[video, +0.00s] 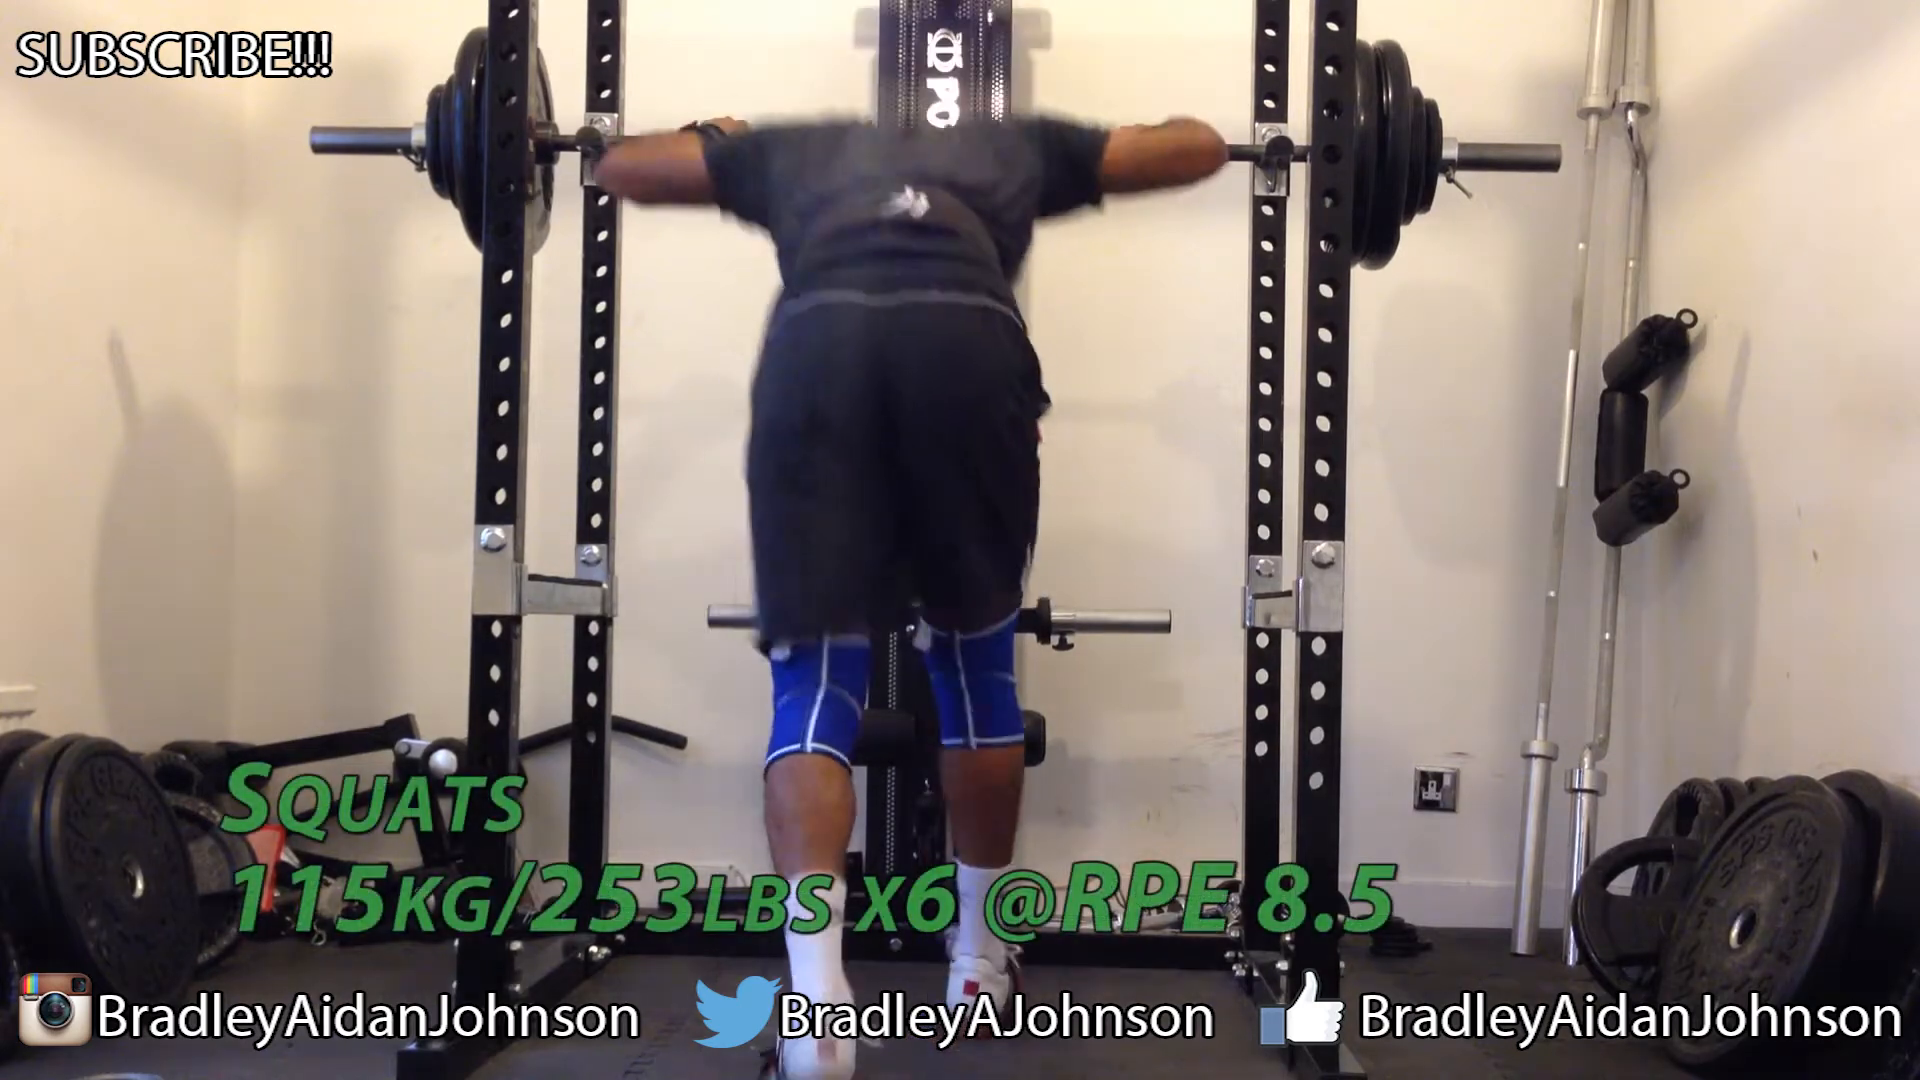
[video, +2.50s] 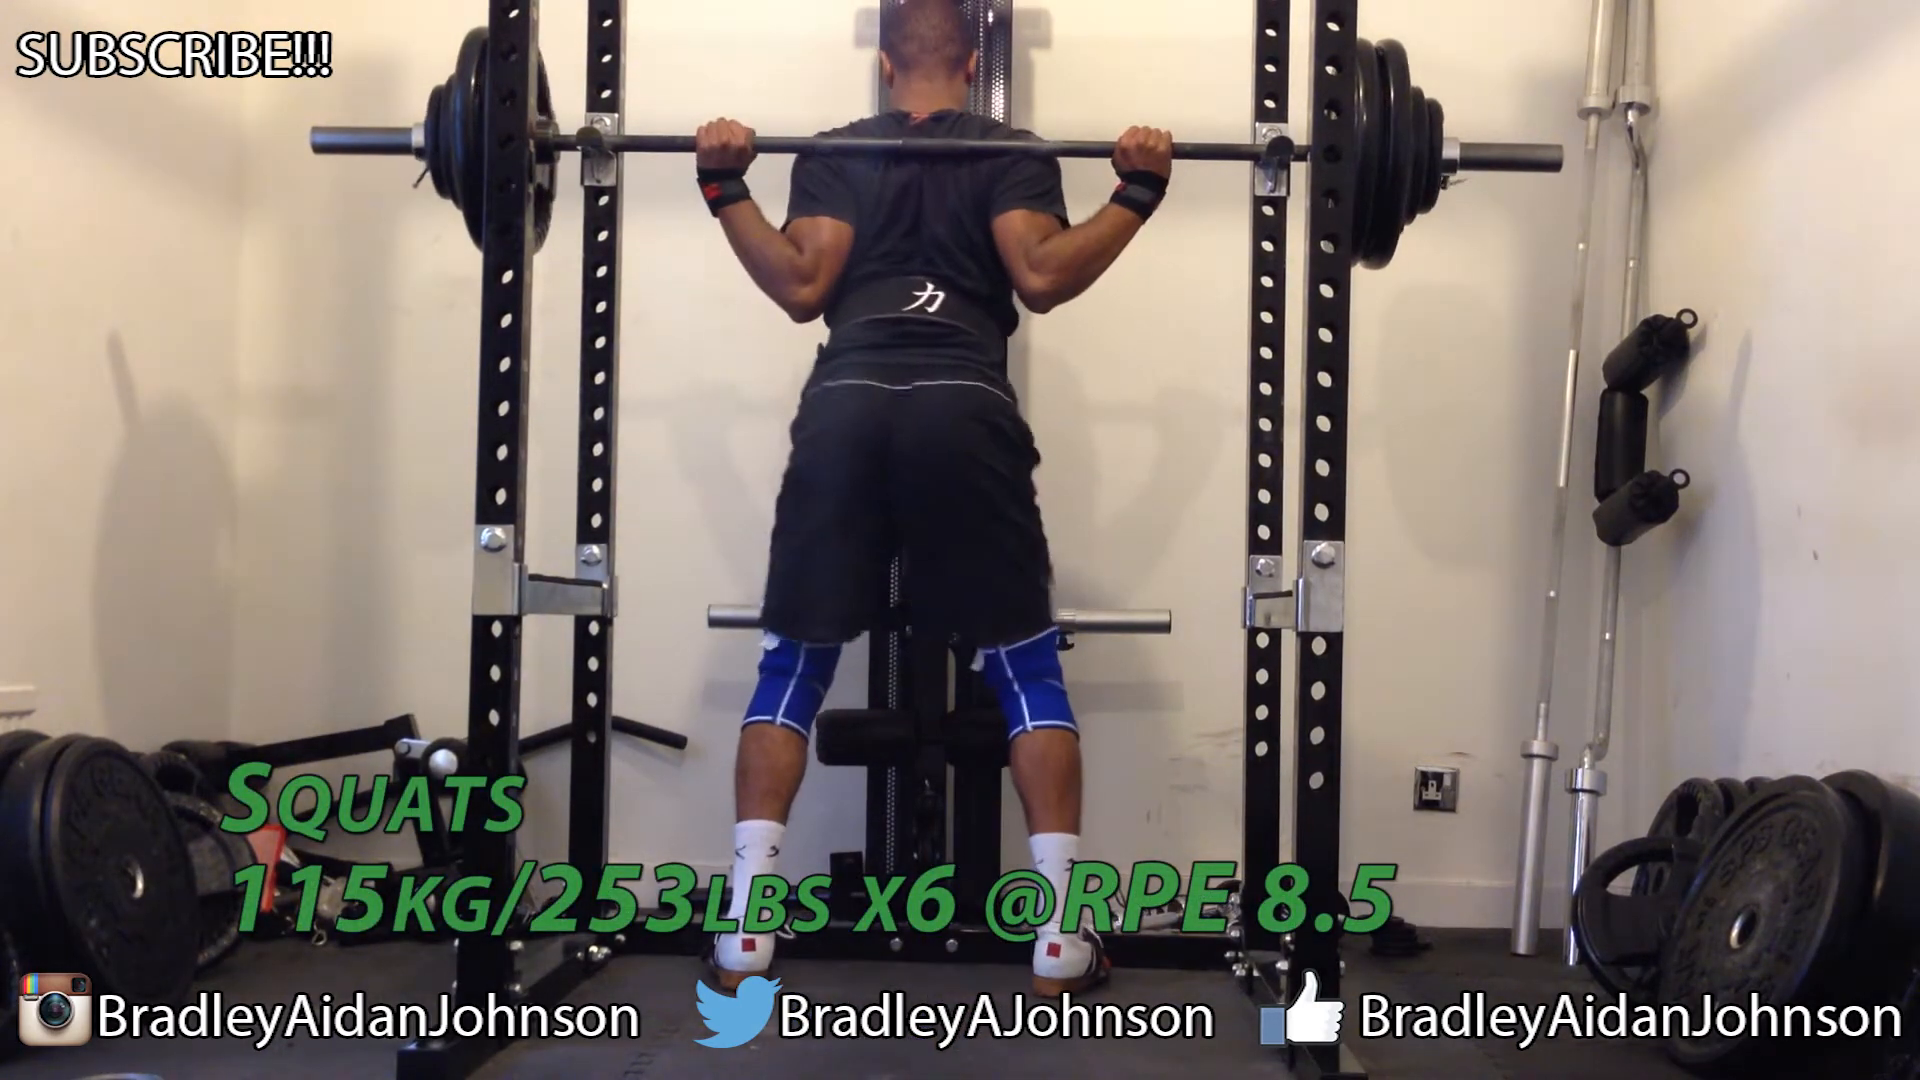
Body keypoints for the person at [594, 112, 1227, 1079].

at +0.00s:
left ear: (870, 109)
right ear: (968, 111)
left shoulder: (797, 147)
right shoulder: (1014, 143)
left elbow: (618, 167)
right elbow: (1199, 149)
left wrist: (700, 139)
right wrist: (1150, 135)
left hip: (816, 363)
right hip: (970, 360)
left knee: (814, 678)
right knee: (977, 665)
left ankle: (818, 1002)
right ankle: (979, 972)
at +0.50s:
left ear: (883, 151)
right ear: (975, 151)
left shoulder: (821, 189)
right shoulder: (1006, 188)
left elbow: (687, 214)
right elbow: (1128, 198)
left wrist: (710, 146)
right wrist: (1149, 144)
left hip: (819, 414)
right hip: (956, 410)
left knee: (783, 660)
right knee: (1003, 662)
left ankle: (737, 923)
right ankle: (978, 920)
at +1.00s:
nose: (919, 151)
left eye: (904, 149)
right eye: (937, 148)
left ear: (887, 165)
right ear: (971, 166)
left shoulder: (832, 194)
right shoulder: (1020, 191)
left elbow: (686, 211)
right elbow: (1153, 216)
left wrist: (714, 148)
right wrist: (1151, 151)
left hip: (843, 455)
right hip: (982, 454)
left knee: (772, 661)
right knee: (1041, 677)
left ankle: (739, 917)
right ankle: (1064, 932)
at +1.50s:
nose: (938, 163)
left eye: (919, 150)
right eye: (957, 152)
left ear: (888, 157)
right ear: (977, 158)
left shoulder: (839, 193)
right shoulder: (1010, 191)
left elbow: (738, 247)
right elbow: (1102, 246)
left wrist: (712, 163)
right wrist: (1147, 163)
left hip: (844, 454)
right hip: (976, 455)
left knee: (775, 673)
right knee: (1043, 684)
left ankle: (745, 915)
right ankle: (1057, 930)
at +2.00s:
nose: (902, 33)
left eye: (894, 27)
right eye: (946, 29)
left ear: (877, 61)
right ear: (970, 58)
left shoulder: (829, 157)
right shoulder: (1006, 160)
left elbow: (790, 292)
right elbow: (1048, 290)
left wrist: (722, 186)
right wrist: (1136, 190)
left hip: (843, 406)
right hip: (968, 408)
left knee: (787, 667)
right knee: (1027, 672)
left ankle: (747, 920)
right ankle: (1054, 929)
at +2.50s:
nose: (907, 39)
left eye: (894, 30)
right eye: (959, 33)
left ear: (881, 56)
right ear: (973, 52)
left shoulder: (833, 151)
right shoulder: (1009, 151)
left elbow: (801, 286)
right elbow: (1041, 278)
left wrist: (726, 188)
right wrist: (1136, 192)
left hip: (840, 408)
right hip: (962, 408)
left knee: (791, 667)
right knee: (1029, 672)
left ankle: (749, 914)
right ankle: (1058, 922)